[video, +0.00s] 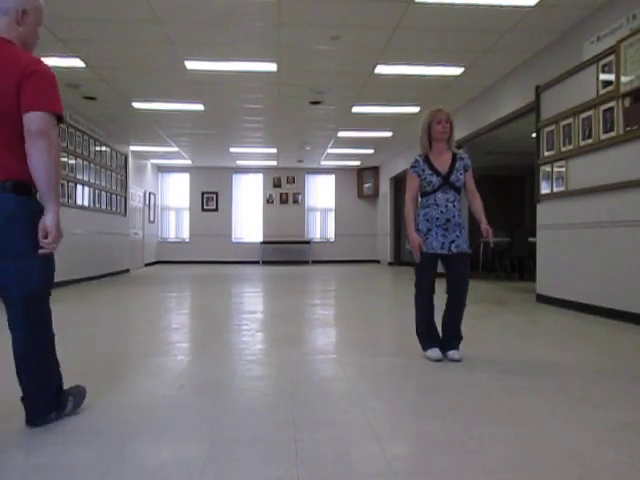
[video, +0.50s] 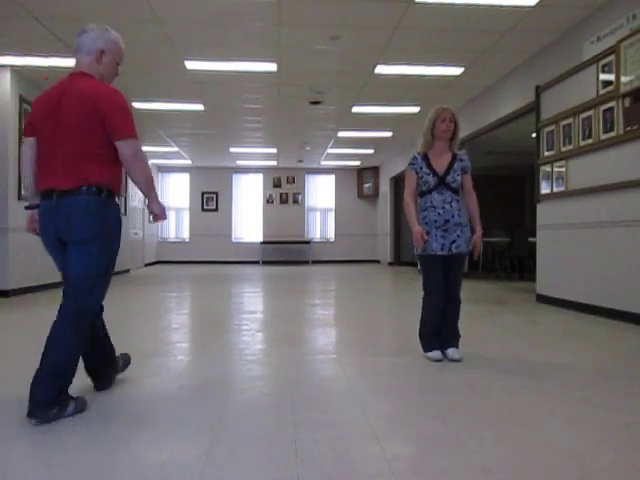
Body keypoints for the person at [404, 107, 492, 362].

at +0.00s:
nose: (444, 126)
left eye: (447, 123)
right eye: (438, 123)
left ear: (452, 128)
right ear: (429, 128)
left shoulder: (462, 160)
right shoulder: (419, 163)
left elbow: (472, 194)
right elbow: (410, 201)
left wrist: (483, 221)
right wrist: (412, 233)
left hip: (456, 232)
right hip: (427, 232)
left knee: (459, 287)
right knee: (425, 289)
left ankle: (451, 343)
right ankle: (430, 343)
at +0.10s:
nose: (446, 124)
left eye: (449, 121)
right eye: (441, 121)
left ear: (454, 126)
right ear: (431, 127)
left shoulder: (463, 158)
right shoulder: (421, 160)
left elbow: (471, 193)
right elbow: (412, 197)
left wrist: (479, 224)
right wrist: (413, 231)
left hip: (456, 229)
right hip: (428, 230)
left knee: (456, 288)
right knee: (426, 289)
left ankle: (451, 343)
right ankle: (430, 343)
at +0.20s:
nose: (448, 121)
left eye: (451, 118)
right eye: (443, 118)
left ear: (456, 124)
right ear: (433, 124)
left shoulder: (464, 156)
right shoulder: (422, 157)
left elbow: (469, 192)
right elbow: (412, 194)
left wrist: (473, 224)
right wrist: (416, 225)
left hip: (456, 227)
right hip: (429, 228)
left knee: (453, 289)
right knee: (429, 288)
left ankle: (451, 343)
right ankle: (430, 343)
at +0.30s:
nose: (449, 121)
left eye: (453, 118)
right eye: (444, 117)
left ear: (458, 124)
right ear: (434, 123)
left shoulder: (464, 156)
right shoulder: (422, 156)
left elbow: (468, 193)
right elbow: (411, 191)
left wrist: (471, 225)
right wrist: (416, 223)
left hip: (457, 228)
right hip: (430, 228)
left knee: (453, 290)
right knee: (431, 290)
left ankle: (451, 343)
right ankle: (431, 343)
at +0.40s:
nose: (448, 123)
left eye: (452, 120)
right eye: (443, 118)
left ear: (457, 126)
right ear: (434, 123)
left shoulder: (463, 158)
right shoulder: (420, 158)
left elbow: (469, 194)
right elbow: (410, 194)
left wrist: (475, 226)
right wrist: (416, 223)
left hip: (458, 229)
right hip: (430, 230)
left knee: (453, 291)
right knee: (433, 290)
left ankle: (451, 343)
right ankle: (431, 343)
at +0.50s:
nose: (447, 125)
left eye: (451, 122)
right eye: (443, 121)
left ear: (455, 128)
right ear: (432, 126)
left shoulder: (461, 160)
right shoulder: (418, 160)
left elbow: (470, 195)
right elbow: (409, 197)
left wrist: (477, 229)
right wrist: (415, 226)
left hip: (457, 231)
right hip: (429, 232)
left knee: (453, 291)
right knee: (434, 290)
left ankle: (451, 343)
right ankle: (431, 344)